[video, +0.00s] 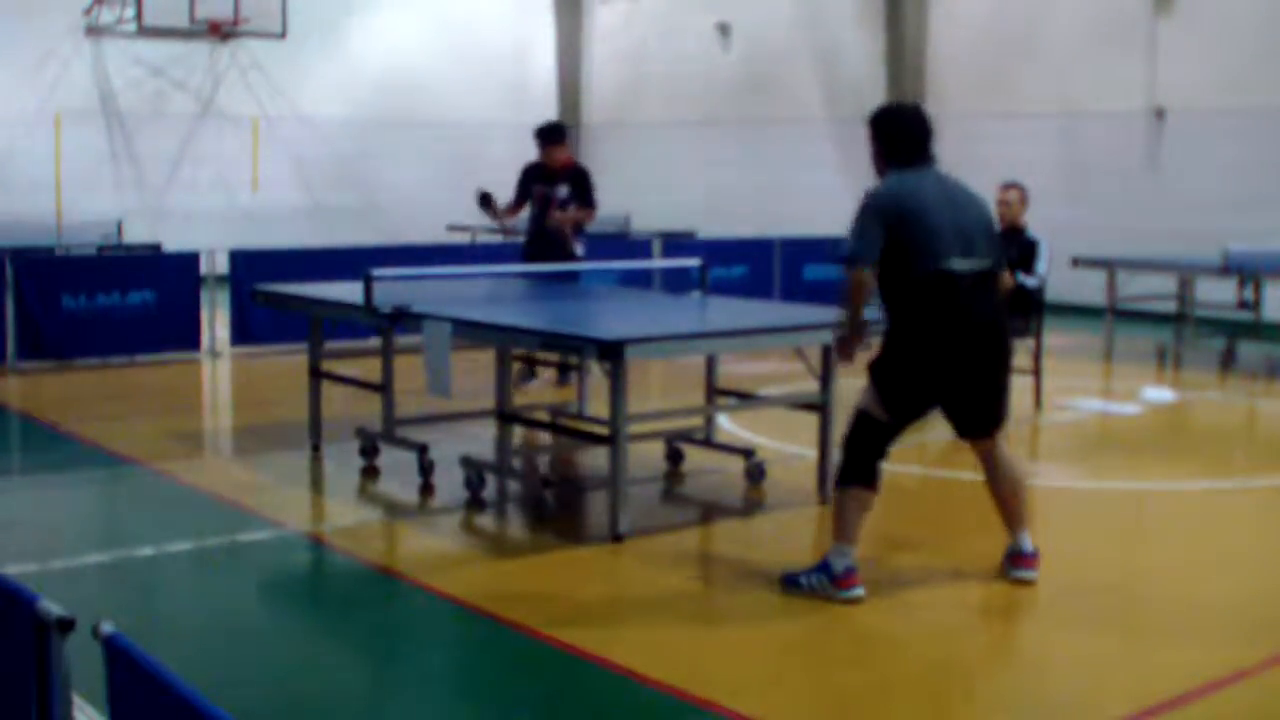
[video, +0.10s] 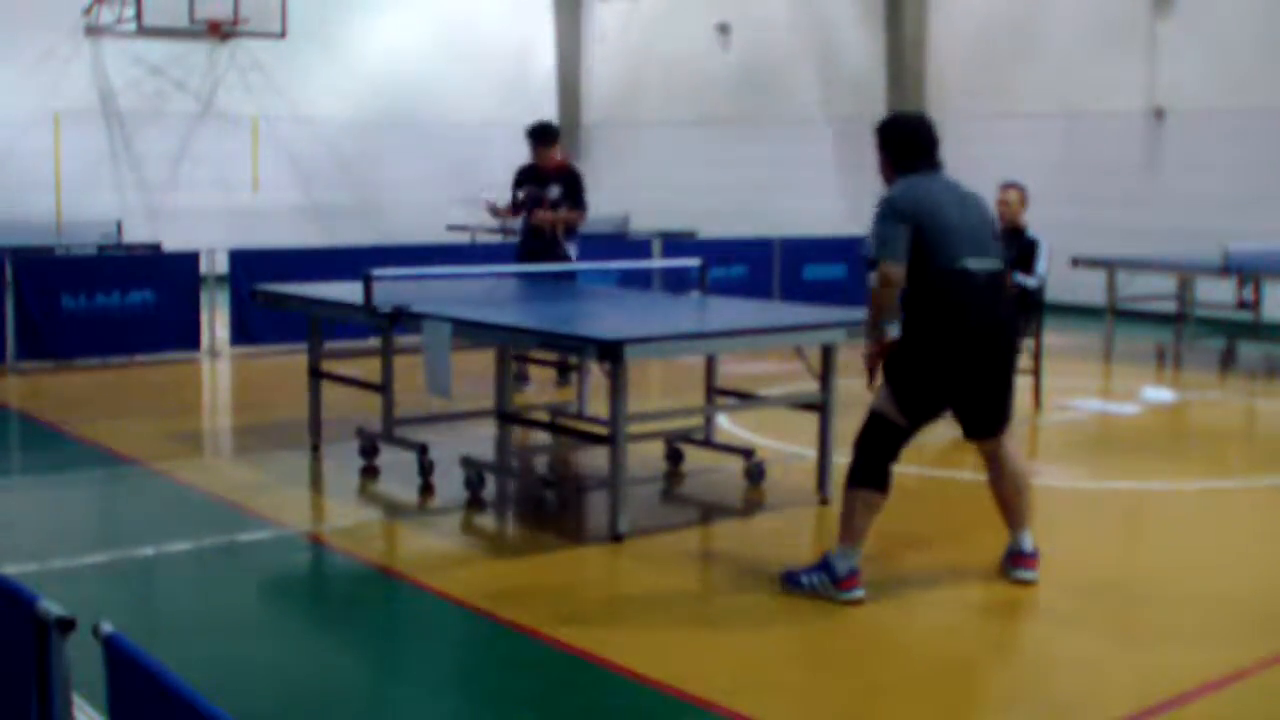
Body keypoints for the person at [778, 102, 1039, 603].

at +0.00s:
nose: (871, 155)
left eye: (874, 147)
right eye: (873, 146)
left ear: (881, 150)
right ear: (927, 144)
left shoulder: (883, 201)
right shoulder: (968, 198)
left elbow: (860, 276)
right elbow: (1002, 280)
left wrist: (851, 330)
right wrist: (965, 311)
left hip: (917, 351)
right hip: (982, 350)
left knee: (864, 441)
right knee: (990, 444)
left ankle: (841, 562)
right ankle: (1022, 548)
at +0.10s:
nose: (879, 166)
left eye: (881, 157)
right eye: (880, 156)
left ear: (888, 160)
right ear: (933, 152)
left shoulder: (899, 202)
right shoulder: (972, 201)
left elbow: (890, 277)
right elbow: (995, 278)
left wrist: (876, 337)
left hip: (932, 345)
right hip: (990, 348)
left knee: (876, 442)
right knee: (997, 444)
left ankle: (844, 562)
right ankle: (1024, 548)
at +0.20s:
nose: (881, 177)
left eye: (882, 168)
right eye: (881, 168)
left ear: (891, 169)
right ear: (935, 162)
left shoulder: (901, 204)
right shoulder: (970, 204)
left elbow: (911, 267)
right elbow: (996, 276)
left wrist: (894, 334)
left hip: (942, 338)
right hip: (997, 341)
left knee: (879, 442)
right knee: (997, 442)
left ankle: (849, 565)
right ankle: (1024, 548)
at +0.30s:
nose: (878, 186)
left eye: (879, 178)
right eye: (879, 178)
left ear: (886, 177)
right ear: (931, 170)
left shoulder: (896, 210)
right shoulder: (965, 211)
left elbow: (906, 272)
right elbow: (992, 278)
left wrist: (891, 340)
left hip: (941, 336)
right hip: (1000, 337)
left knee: (877, 445)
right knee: (997, 440)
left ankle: (848, 567)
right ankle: (1024, 547)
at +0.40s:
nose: (869, 200)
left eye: (870, 192)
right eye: (871, 192)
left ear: (877, 190)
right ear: (922, 184)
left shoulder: (885, 221)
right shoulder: (955, 221)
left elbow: (891, 284)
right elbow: (999, 277)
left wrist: (881, 348)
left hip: (938, 345)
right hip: (997, 345)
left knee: (867, 444)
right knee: (997, 441)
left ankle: (846, 567)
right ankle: (1023, 547)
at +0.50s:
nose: (857, 215)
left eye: (857, 207)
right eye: (857, 207)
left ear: (866, 204)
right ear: (909, 196)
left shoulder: (875, 231)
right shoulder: (945, 231)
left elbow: (881, 294)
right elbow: (985, 283)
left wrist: (869, 360)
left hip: (937, 350)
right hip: (999, 348)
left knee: (861, 443)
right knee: (995, 441)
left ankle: (846, 568)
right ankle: (1024, 547)